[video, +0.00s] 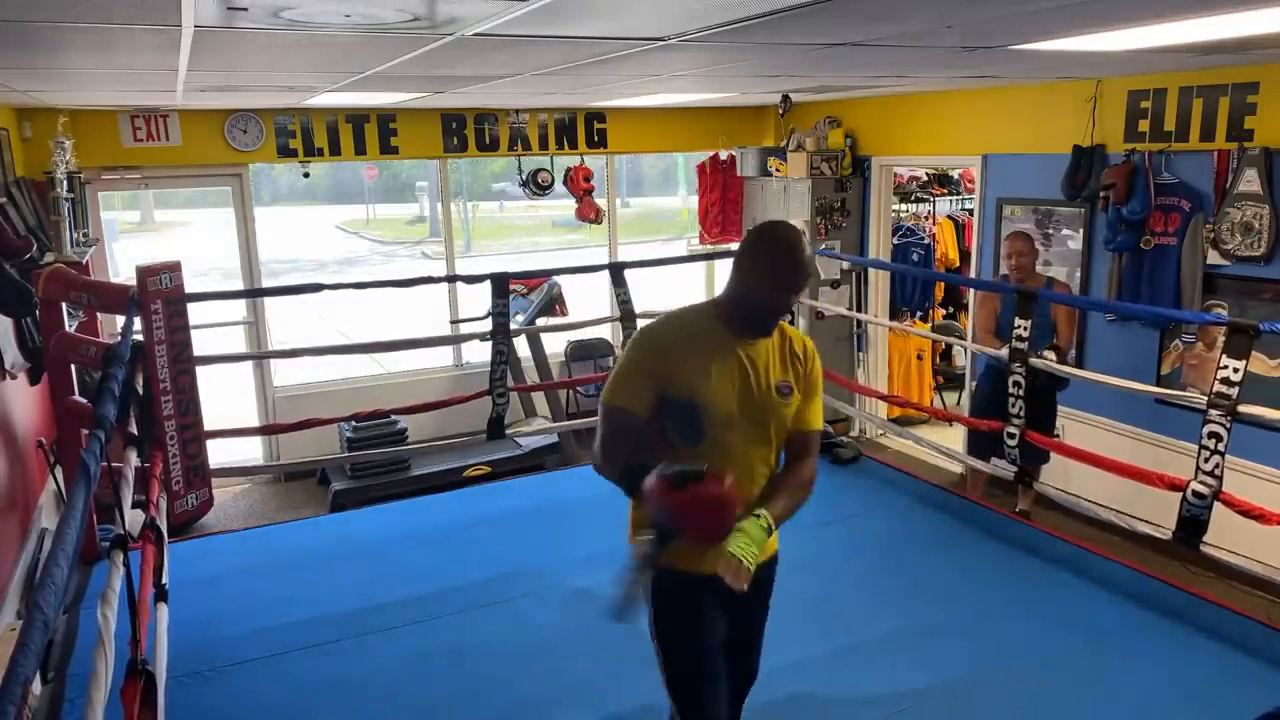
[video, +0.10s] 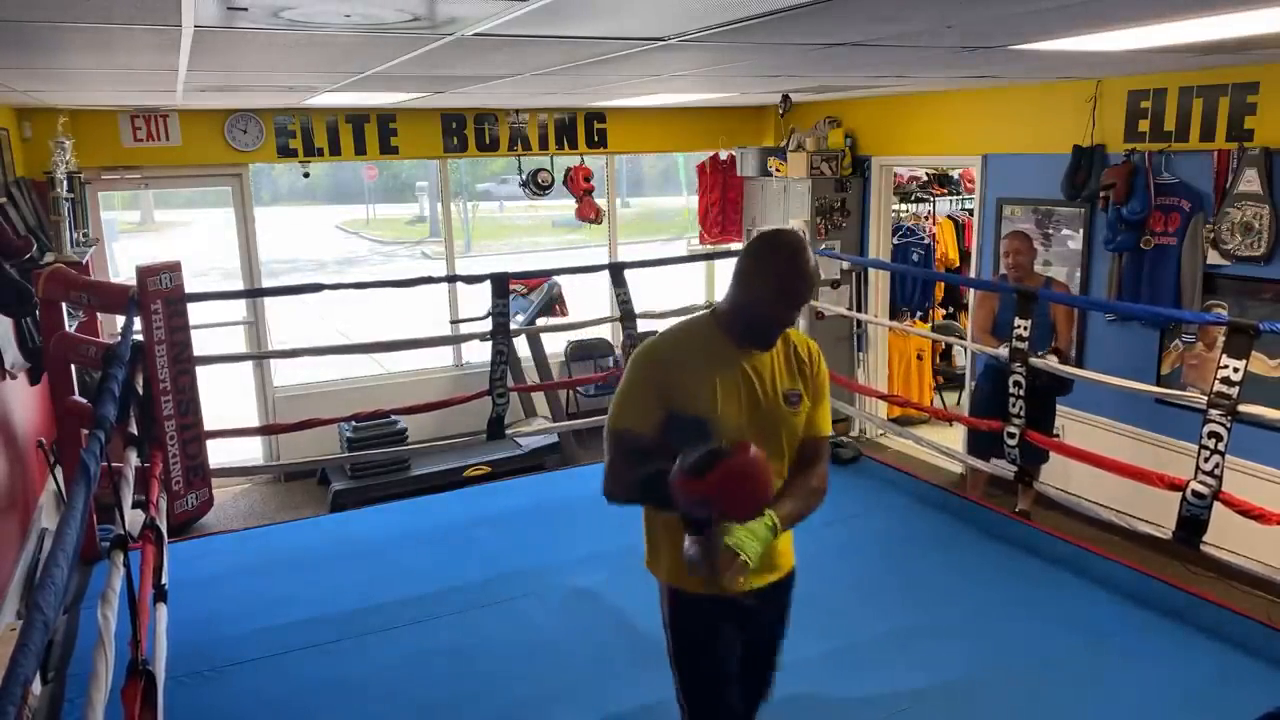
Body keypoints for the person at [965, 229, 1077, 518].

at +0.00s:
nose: (1013, 262)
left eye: (1019, 255)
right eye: (1008, 256)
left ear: (1035, 255)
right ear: (1002, 258)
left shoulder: (1058, 290)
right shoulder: (991, 289)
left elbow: (1064, 340)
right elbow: (982, 335)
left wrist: (1050, 355)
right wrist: (1008, 352)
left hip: (1038, 385)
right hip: (995, 380)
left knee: (1032, 454)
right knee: (981, 449)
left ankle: (1022, 515)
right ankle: (972, 508)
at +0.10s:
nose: (1011, 260)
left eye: (1017, 254)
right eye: (1006, 254)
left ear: (1033, 255)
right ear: (1000, 257)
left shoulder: (1056, 290)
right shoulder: (990, 288)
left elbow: (1064, 340)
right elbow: (978, 334)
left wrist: (1053, 357)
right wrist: (1005, 351)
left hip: (1037, 384)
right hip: (994, 380)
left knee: (1032, 452)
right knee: (981, 447)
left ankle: (1022, 513)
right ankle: (972, 506)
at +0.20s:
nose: (1010, 259)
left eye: (1017, 252)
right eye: (1005, 253)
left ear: (1032, 254)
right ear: (1000, 256)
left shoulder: (1054, 290)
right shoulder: (991, 287)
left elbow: (1063, 335)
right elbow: (976, 332)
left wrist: (1062, 362)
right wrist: (1006, 351)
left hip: (1035, 383)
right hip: (994, 379)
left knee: (1031, 452)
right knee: (981, 449)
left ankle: (1022, 514)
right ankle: (972, 508)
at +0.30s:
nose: (1010, 258)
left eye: (1017, 251)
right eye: (1005, 252)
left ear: (1032, 253)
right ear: (999, 256)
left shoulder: (1053, 290)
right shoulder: (990, 288)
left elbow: (1063, 335)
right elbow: (976, 334)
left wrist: (1061, 361)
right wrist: (1012, 353)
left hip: (1035, 382)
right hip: (993, 378)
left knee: (1031, 451)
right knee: (981, 448)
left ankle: (1022, 513)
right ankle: (972, 508)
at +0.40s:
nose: (1010, 257)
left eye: (1016, 251)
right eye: (1005, 252)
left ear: (1032, 253)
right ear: (999, 256)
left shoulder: (1053, 290)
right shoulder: (990, 288)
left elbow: (1062, 337)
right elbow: (978, 335)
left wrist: (1064, 363)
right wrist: (1014, 351)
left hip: (1035, 382)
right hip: (993, 378)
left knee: (1031, 450)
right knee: (981, 447)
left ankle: (1022, 514)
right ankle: (972, 509)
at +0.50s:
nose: (1010, 256)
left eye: (1016, 250)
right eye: (1005, 251)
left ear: (1031, 253)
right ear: (999, 255)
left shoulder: (1051, 289)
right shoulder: (990, 287)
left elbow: (1061, 331)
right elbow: (976, 332)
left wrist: (1065, 359)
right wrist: (1013, 346)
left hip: (1036, 380)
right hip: (994, 377)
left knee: (1031, 449)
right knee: (981, 445)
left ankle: (1022, 513)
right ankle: (972, 508)